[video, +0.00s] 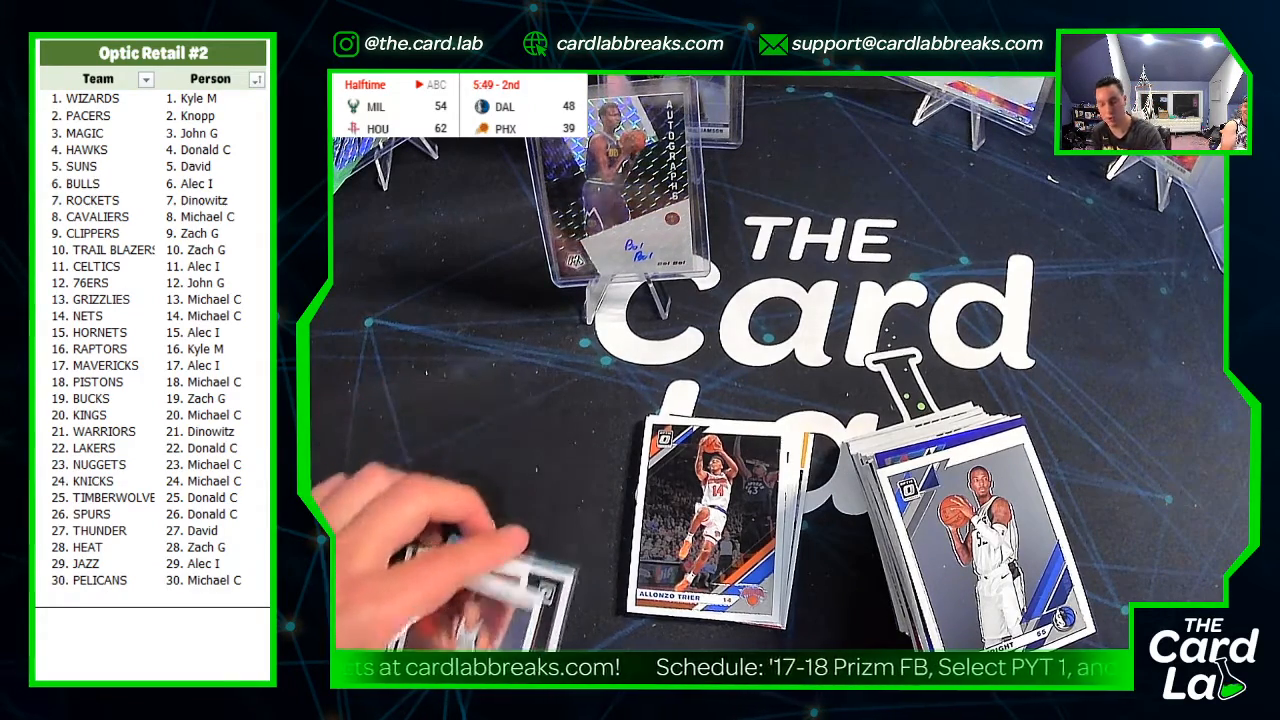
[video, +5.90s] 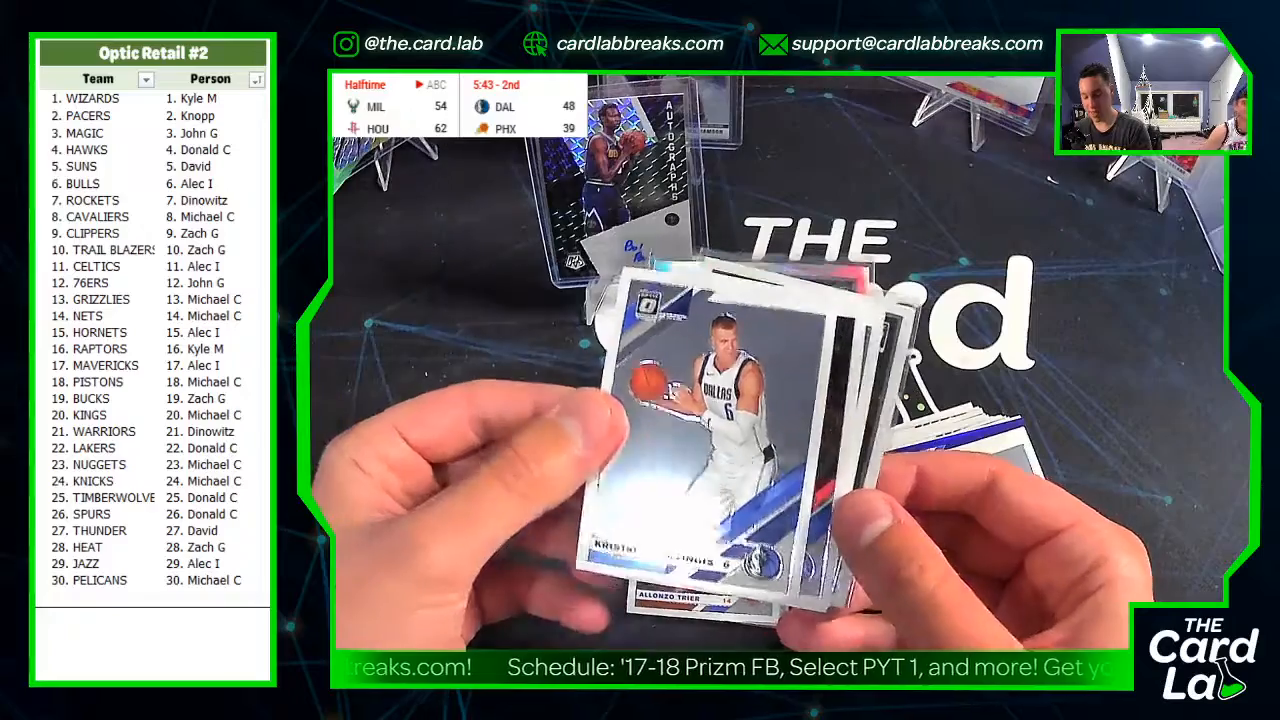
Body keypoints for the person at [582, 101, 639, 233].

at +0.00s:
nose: (617, 118)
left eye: (618, 114)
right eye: (612, 115)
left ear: (620, 117)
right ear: (602, 118)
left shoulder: (616, 141)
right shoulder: (598, 140)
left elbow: (619, 174)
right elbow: (607, 176)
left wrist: (632, 153)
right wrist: (624, 154)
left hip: (612, 189)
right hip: (597, 191)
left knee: (625, 225)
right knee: (607, 231)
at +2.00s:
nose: (617, 118)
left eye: (618, 115)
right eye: (612, 115)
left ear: (620, 117)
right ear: (603, 118)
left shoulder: (617, 142)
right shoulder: (598, 140)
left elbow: (619, 178)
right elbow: (606, 176)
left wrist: (632, 157)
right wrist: (623, 154)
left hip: (611, 188)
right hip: (595, 190)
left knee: (624, 226)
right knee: (598, 234)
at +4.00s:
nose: (616, 118)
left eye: (617, 115)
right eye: (611, 115)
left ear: (620, 117)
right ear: (602, 119)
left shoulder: (618, 141)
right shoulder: (598, 141)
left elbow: (623, 177)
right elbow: (606, 176)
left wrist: (633, 155)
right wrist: (623, 155)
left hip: (614, 189)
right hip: (596, 191)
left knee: (624, 230)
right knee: (599, 236)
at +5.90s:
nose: (617, 119)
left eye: (618, 115)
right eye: (612, 116)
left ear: (620, 117)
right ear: (603, 119)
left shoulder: (617, 142)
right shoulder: (598, 141)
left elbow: (619, 179)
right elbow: (606, 176)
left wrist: (631, 157)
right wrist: (624, 155)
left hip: (611, 190)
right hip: (596, 192)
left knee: (624, 230)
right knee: (600, 237)